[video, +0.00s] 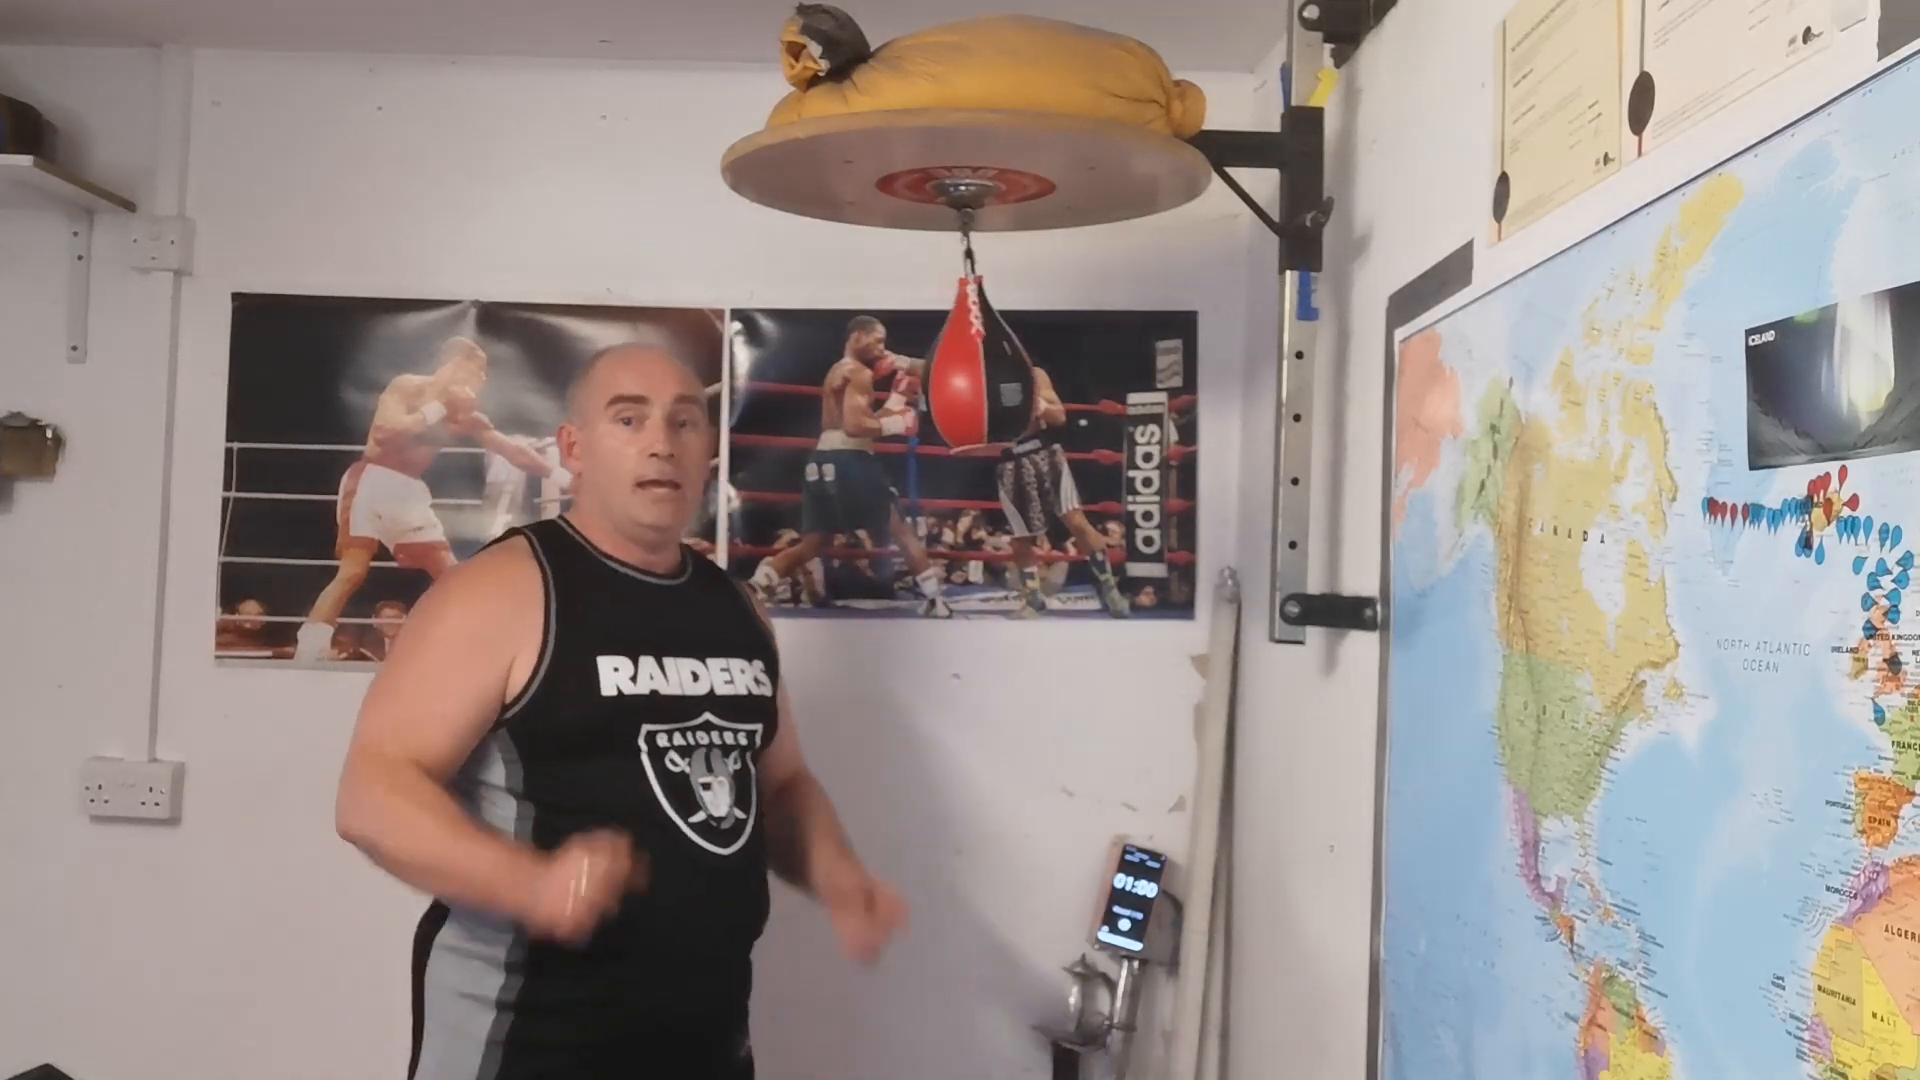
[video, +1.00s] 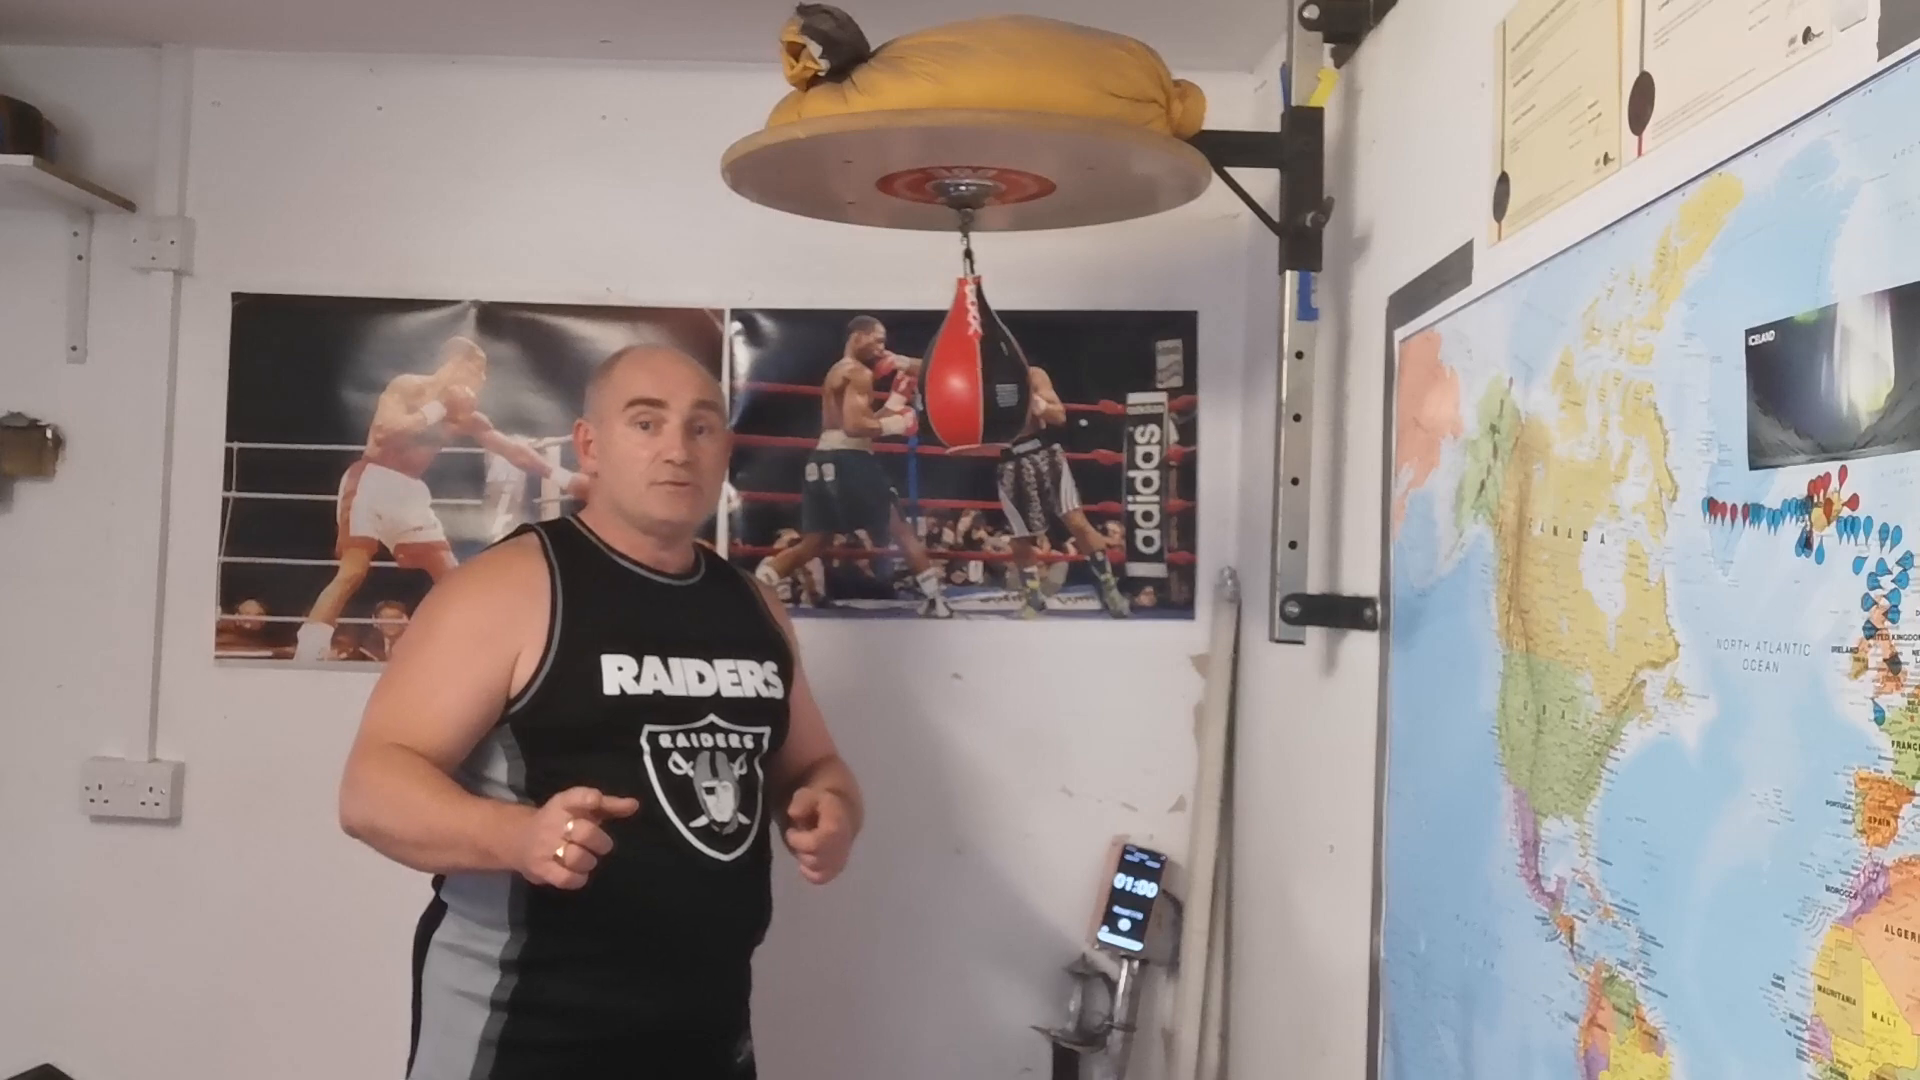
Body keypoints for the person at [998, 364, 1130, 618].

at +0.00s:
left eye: (1007, 353)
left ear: (1016, 354)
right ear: (989, 363)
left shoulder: (1035, 376)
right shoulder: (982, 386)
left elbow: (1059, 416)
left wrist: (1042, 407)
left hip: (1047, 454)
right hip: (1011, 463)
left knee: (1076, 522)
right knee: (1021, 536)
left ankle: (1109, 589)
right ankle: (1032, 599)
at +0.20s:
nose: (998, 356)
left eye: (1002, 349)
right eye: (993, 351)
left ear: (1011, 349)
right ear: (986, 354)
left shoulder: (1034, 375)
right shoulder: (982, 383)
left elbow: (1059, 416)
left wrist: (1037, 404)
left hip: (1046, 456)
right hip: (1011, 464)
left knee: (1075, 522)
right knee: (1022, 538)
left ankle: (1109, 588)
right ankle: (1032, 600)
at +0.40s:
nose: (986, 346)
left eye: (991, 339)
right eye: (982, 342)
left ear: (1009, 343)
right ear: (981, 351)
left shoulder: (1034, 375)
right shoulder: (983, 386)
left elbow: (1059, 417)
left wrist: (1030, 399)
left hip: (1046, 456)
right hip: (1012, 464)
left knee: (1076, 522)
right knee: (1022, 538)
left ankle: (1109, 588)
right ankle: (1032, 599)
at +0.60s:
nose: (996, 355)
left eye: (1000, 348)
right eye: (991, 349)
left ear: (1011, 348)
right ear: (985, 353)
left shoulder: (1034, 375)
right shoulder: (983, 384)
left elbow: (1059, 417)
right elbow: (978, 428)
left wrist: (1033, 401)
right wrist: (998, 395)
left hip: (1046, 455)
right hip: (1011, 464)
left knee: (1075, 522)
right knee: (1022, 538)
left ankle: (1109, 588)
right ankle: (1032, 597)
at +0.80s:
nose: (1002, 357)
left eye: (1005, 350)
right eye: (995, 354)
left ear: (1012, 351)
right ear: (988, 361)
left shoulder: (1033, 376)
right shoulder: (984, 386)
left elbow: (1059, 417)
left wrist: (1041, 407)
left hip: (1047, 455)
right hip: (1011, 464)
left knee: (1077, 523)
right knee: (1021, 537)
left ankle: (1110, 591)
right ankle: (1032, 600)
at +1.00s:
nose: (1001, 359)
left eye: (1004, 352)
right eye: (994, 356)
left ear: (1013, 352)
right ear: (987, 362)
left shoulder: (1034, 376)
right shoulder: (982, 387)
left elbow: (1059, 416)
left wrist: (1043, 408)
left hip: (1047, 456)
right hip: (1011, 465)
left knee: (1076, 522)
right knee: (1021, 536)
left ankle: (1110, 590)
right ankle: (1032, 599)